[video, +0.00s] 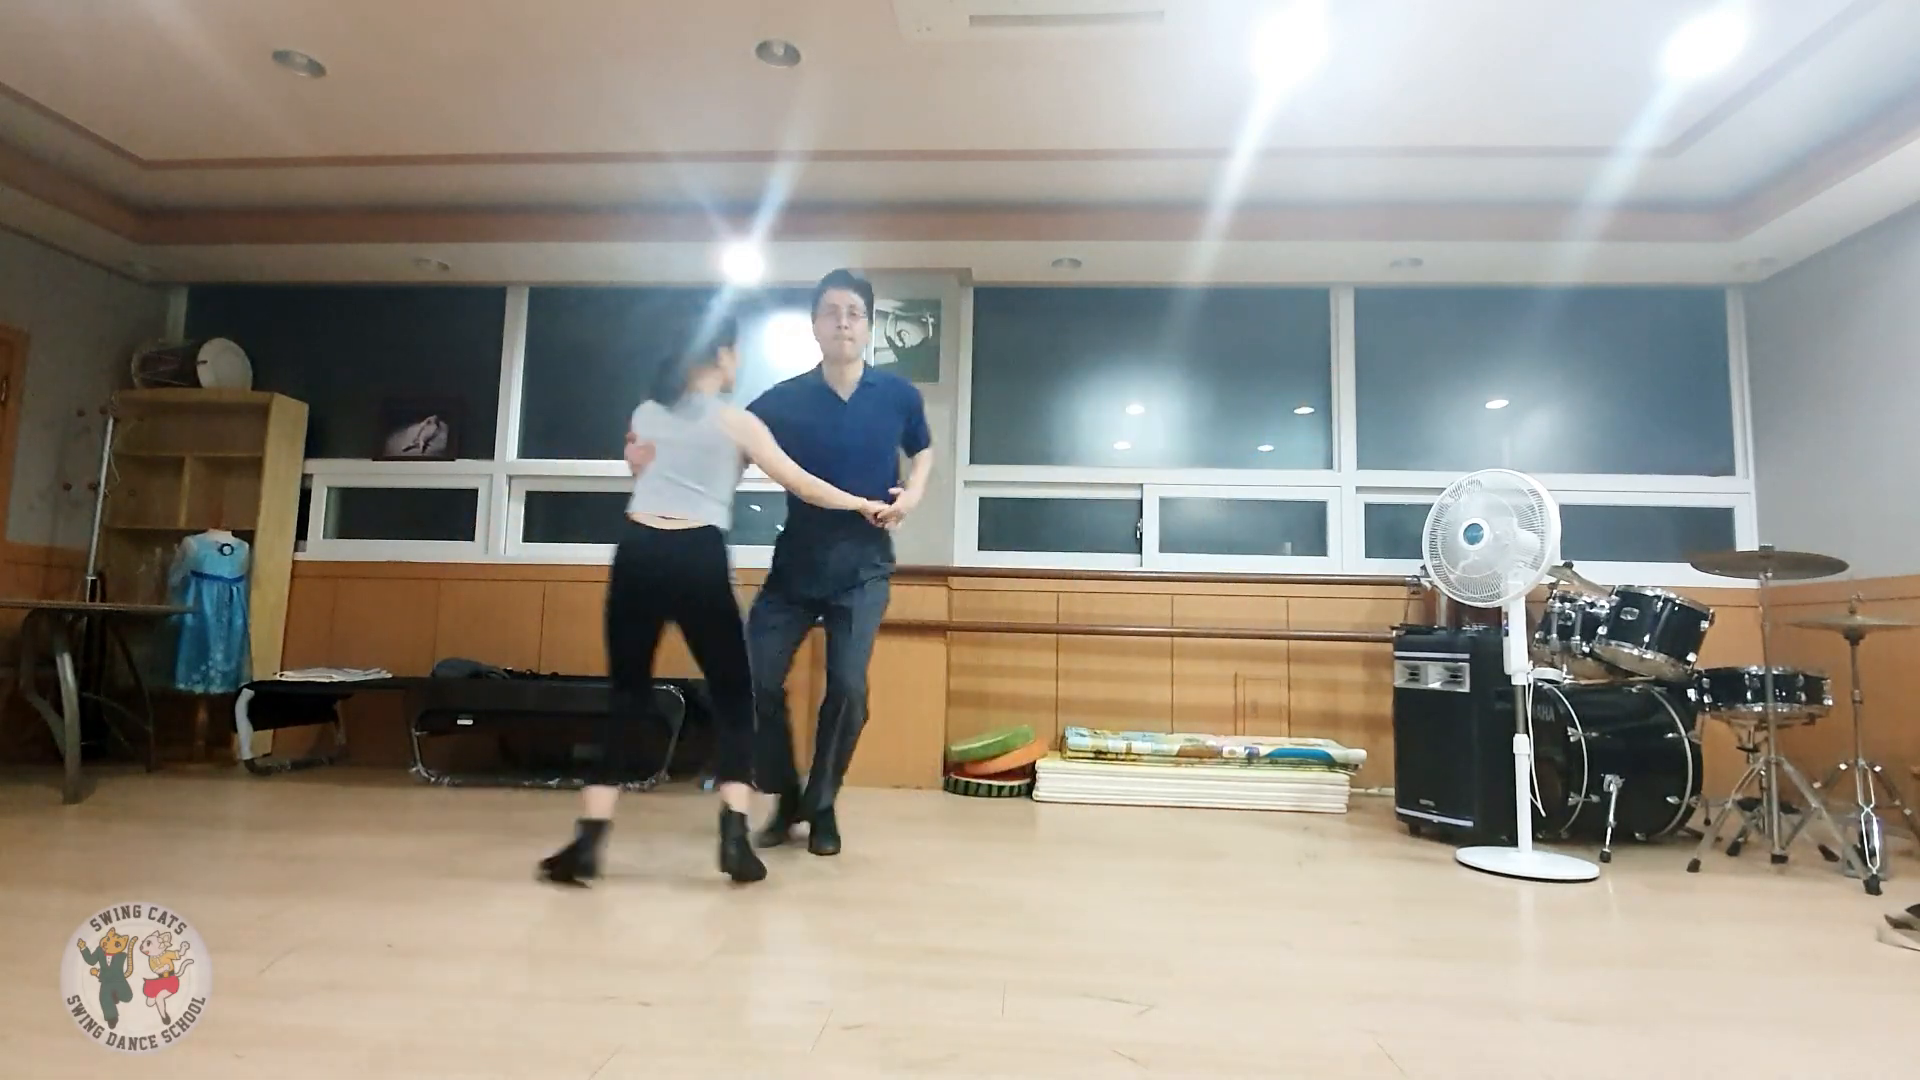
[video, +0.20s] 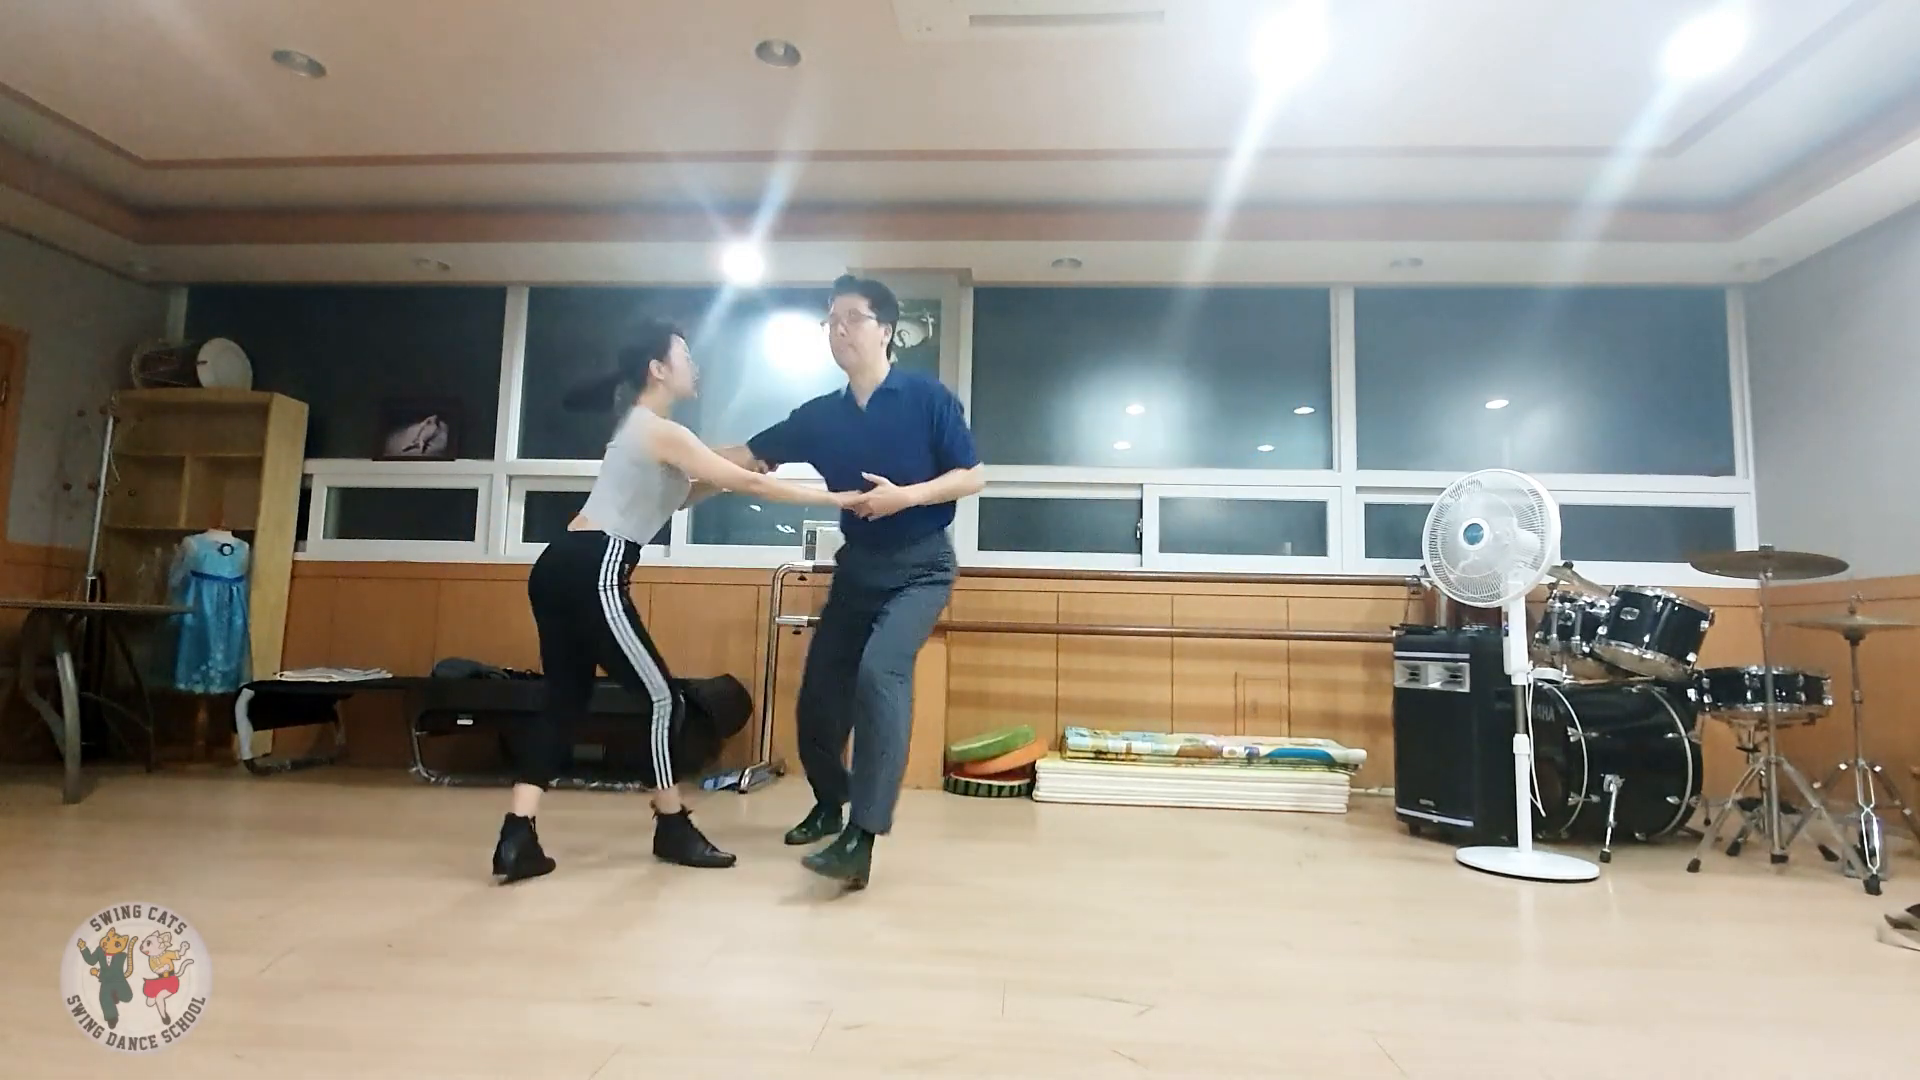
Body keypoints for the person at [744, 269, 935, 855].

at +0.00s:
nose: (843, 323)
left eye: (854, 314)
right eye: (831, 313)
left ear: (869, 327)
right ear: (814, 327)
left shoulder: (900, 395)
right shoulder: (783, 399)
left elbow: (921, 455)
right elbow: (726, 454)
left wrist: (911, 493)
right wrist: (655, 455)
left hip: (864, 561)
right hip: (798, 558)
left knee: (848, 687)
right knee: (758, 678)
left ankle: (822, 804)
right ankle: (788, 797)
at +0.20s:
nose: (837, 331)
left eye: (850, 320)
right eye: (832, 321)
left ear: (885, 331)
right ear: (828, 334)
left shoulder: (928, 398)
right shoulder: (819, 417)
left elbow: (971, 477)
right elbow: (749, 456)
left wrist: (906, 495)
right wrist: (679, 459)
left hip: (921, 572)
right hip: (857, 573)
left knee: (878, 673)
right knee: (820, 693)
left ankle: (863, 834)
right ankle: (831, 801)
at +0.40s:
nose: (823, 294)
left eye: (831, 283)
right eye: (826, 283)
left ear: (860, 288)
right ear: (859, 290)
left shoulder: (905, 336)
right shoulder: (857, 375)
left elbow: (941, 391)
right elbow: (815, 438)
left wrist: (842, 422)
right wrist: (765, 471)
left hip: (939, 536)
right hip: (902, 541)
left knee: (884, 677)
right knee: (863, 674)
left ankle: (855, 849)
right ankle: (934, 810)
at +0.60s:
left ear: (845, 298)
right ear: (902, 303)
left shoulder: (845, 343)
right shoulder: (925, 363)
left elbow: (759, 397)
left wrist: (661, 424)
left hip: (892, 527)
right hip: (953, 527)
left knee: (819, 688)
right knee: (935, 707)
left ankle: (856, 863)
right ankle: (934, 866)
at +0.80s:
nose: (929, 291)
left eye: (926, 280)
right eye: (926, 279)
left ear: (857, 278)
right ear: (906, 275)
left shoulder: (806, 337)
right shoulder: (941, 337)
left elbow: (761, 453)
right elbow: (974, 447)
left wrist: (777, 508)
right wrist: (945, 501)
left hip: (833, 502)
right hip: (921, 502)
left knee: (821, 686)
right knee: (929, 708)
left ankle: (824, 848)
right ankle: (922, 896)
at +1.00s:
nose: (910, 293)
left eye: (908, 280)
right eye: (906, 279)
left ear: (845, 280)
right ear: (880, 276)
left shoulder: (795, 352)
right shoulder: (899, 339)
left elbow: (794, 464)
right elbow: (944, 451)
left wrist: (901, 498)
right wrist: (961, 454)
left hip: (792, 508)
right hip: (866, 505)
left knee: (836, 679)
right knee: (908, 704)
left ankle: (830, 835)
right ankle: (896, 912)